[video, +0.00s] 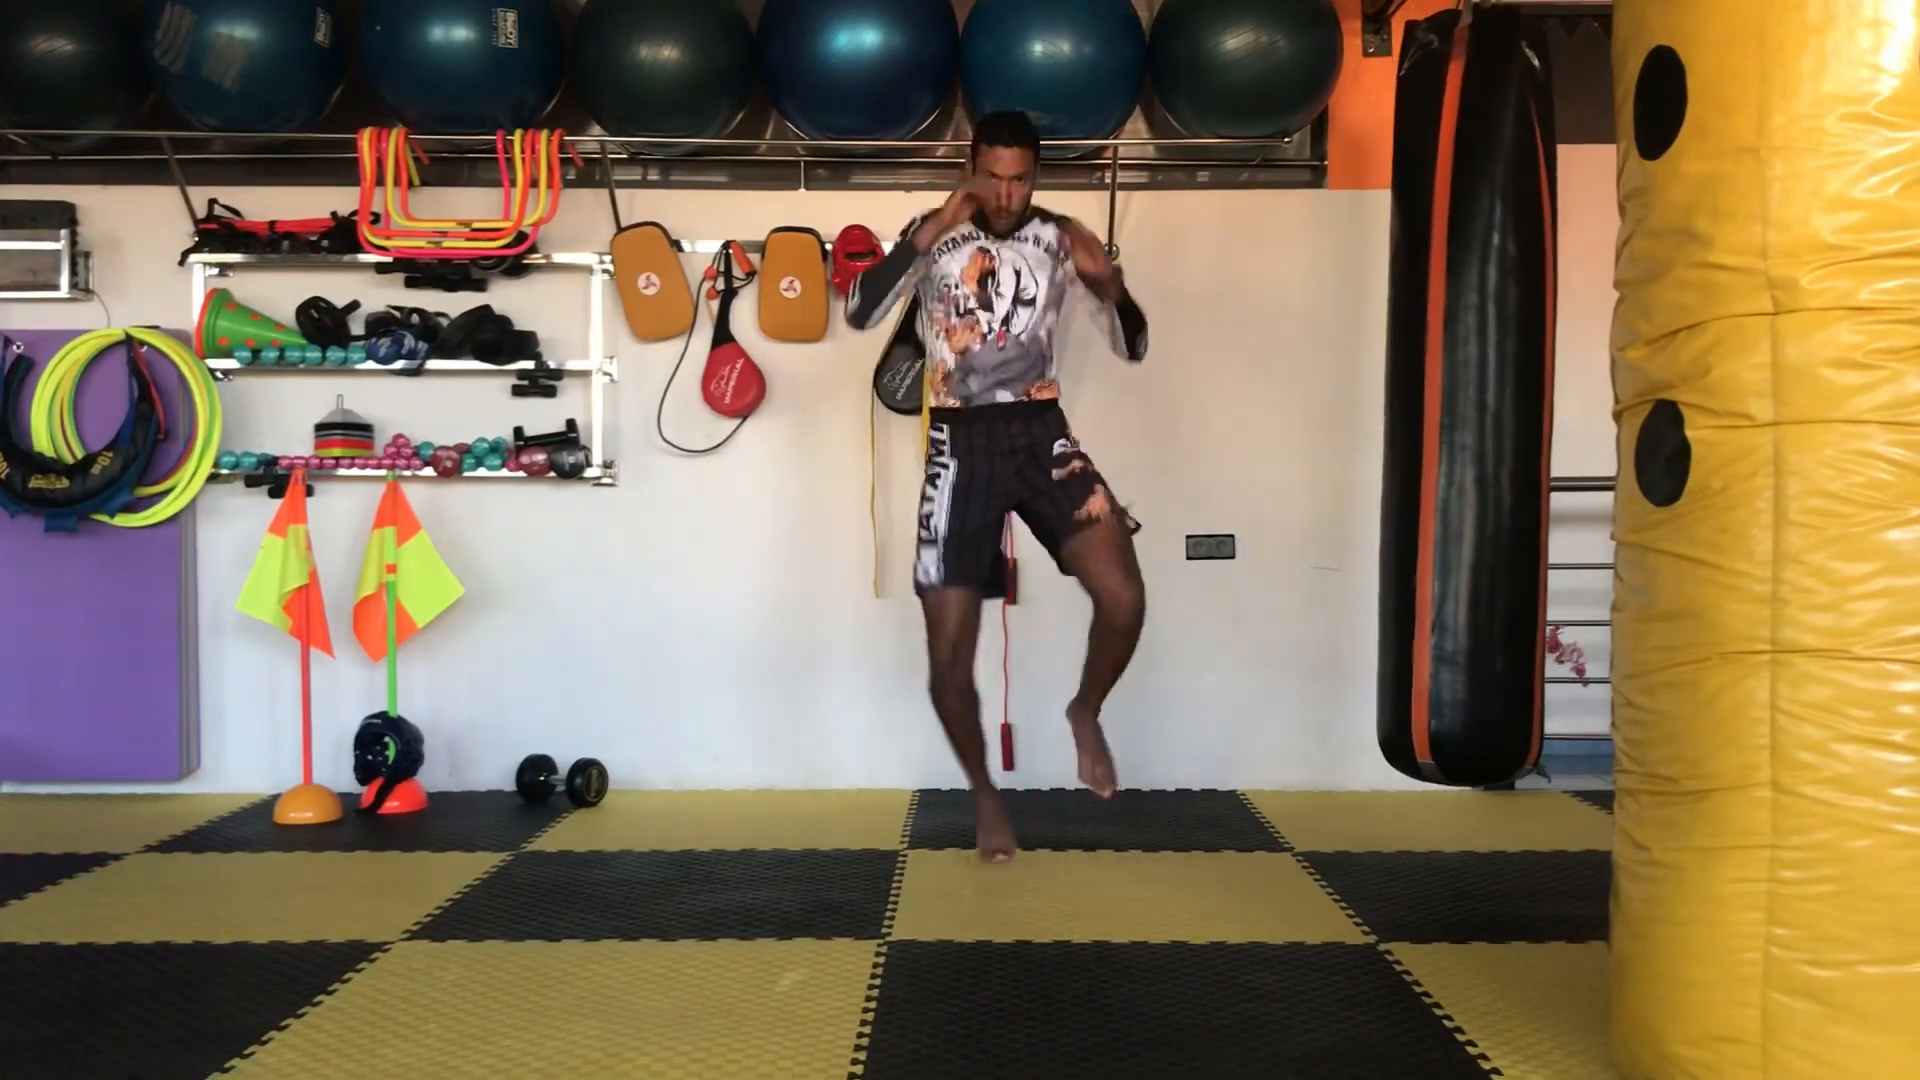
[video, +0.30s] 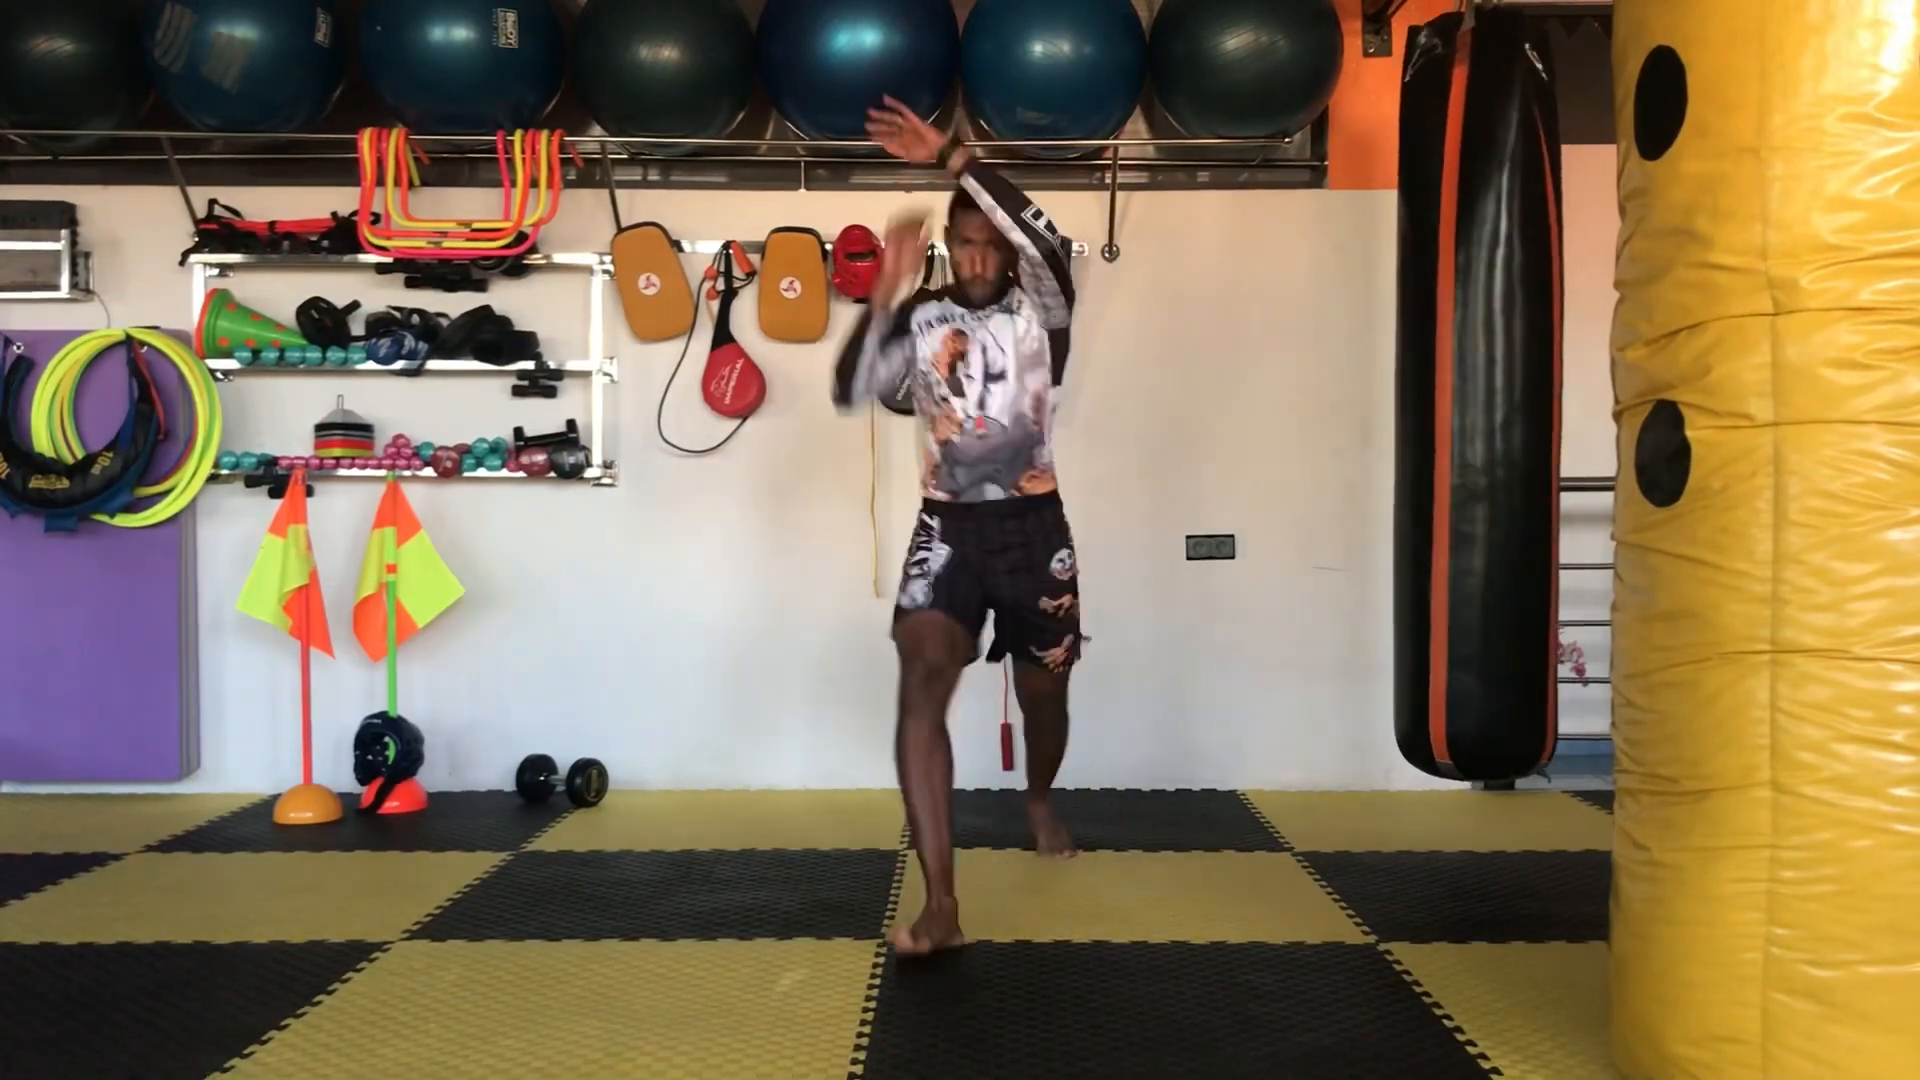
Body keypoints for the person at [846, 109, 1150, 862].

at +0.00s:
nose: (1006, 194)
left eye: (1019, 180)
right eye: (993, 180)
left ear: (1035, 176)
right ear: (971, 171)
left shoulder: (1063, 240)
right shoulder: (932, 234)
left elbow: (1132, 347)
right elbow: (862, 313)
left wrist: (1108, 285)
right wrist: (925, 236)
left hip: (1043, 436)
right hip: (959, 447)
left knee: (1125, 604)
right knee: (948, 660)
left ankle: (1084, 711)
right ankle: (984, 797)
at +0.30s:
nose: (975, 259)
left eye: (988, 244)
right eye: (963, 244)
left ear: (1014, 251)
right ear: (946, 251)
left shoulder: (1042, 316)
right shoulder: (920, 323)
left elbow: (1043, 243)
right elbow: (858, 388)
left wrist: (950, 156)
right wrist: (885, 292)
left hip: (1032, 521)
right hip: (947, 524)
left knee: (1043, 692)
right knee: (923, 679)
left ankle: (1040, 802)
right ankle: (938, 901)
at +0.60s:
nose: (965, 194)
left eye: (980, 181)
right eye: (950, 179)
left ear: (999, 179)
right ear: (928, 171)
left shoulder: (1023, 261)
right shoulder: (889, 227)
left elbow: (1055, 386)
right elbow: (888, 233)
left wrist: (1084, 393)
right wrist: (996, 216)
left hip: (988, 412)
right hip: (892, 421)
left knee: (1058, 483)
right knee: (871, 674)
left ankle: (1037, 617)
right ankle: (939, 897)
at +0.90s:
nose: (971, 192)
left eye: (987, 180)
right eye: (958, 178)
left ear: (1013, 190)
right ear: (940, 181)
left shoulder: (1027, 259)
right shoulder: (905, 234)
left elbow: (1037, 365)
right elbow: (874, 201)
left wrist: (1072, 450)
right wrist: (996, 217)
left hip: (943, 407)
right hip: (864, 438)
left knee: (952, 284)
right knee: (862, 669)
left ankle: (1034, 511)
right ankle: (932, 884)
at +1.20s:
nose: (963, 157)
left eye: (980, 143)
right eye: (952, 142)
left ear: (1011, 153)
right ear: (935, 150)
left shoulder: (1037, 249)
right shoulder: (907, 233)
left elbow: (1049, 392)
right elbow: (820, 290)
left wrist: (1015, 355)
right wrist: (895, 245)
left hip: (965, 404)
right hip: (881, 429)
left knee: (935, 450)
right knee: (900, 678)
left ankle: (1027, 652)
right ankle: (957, 906)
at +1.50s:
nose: (963, 127)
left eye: (982, 114)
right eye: (953, 110)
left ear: (1011, 129)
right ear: (936, 121)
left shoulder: (1042, 226)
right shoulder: (920, 234)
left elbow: (1080, 374)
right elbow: (916, 346)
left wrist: (994, 314)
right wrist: (880, 383)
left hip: (1006, 462)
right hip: (927, 466)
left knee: (1028, 678)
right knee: (937, 685)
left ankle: (1085, 839)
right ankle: (959, 909)